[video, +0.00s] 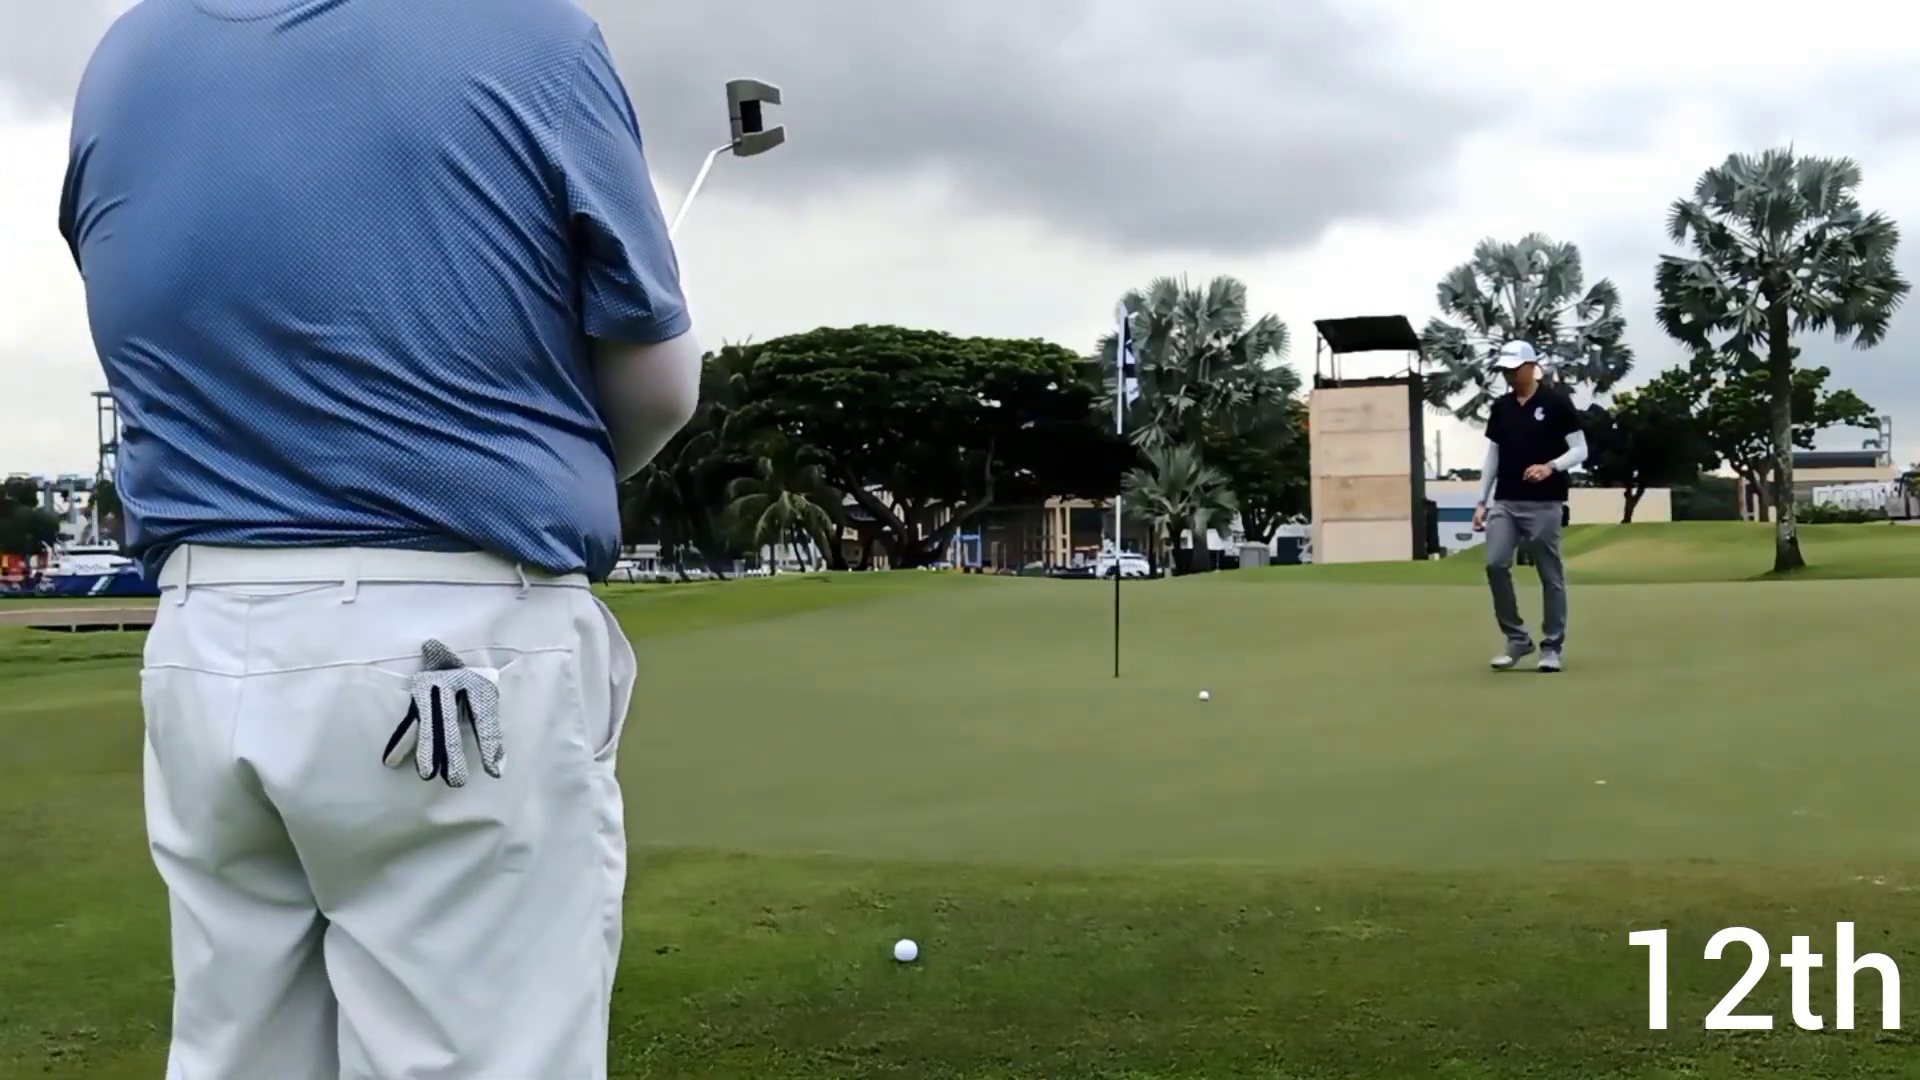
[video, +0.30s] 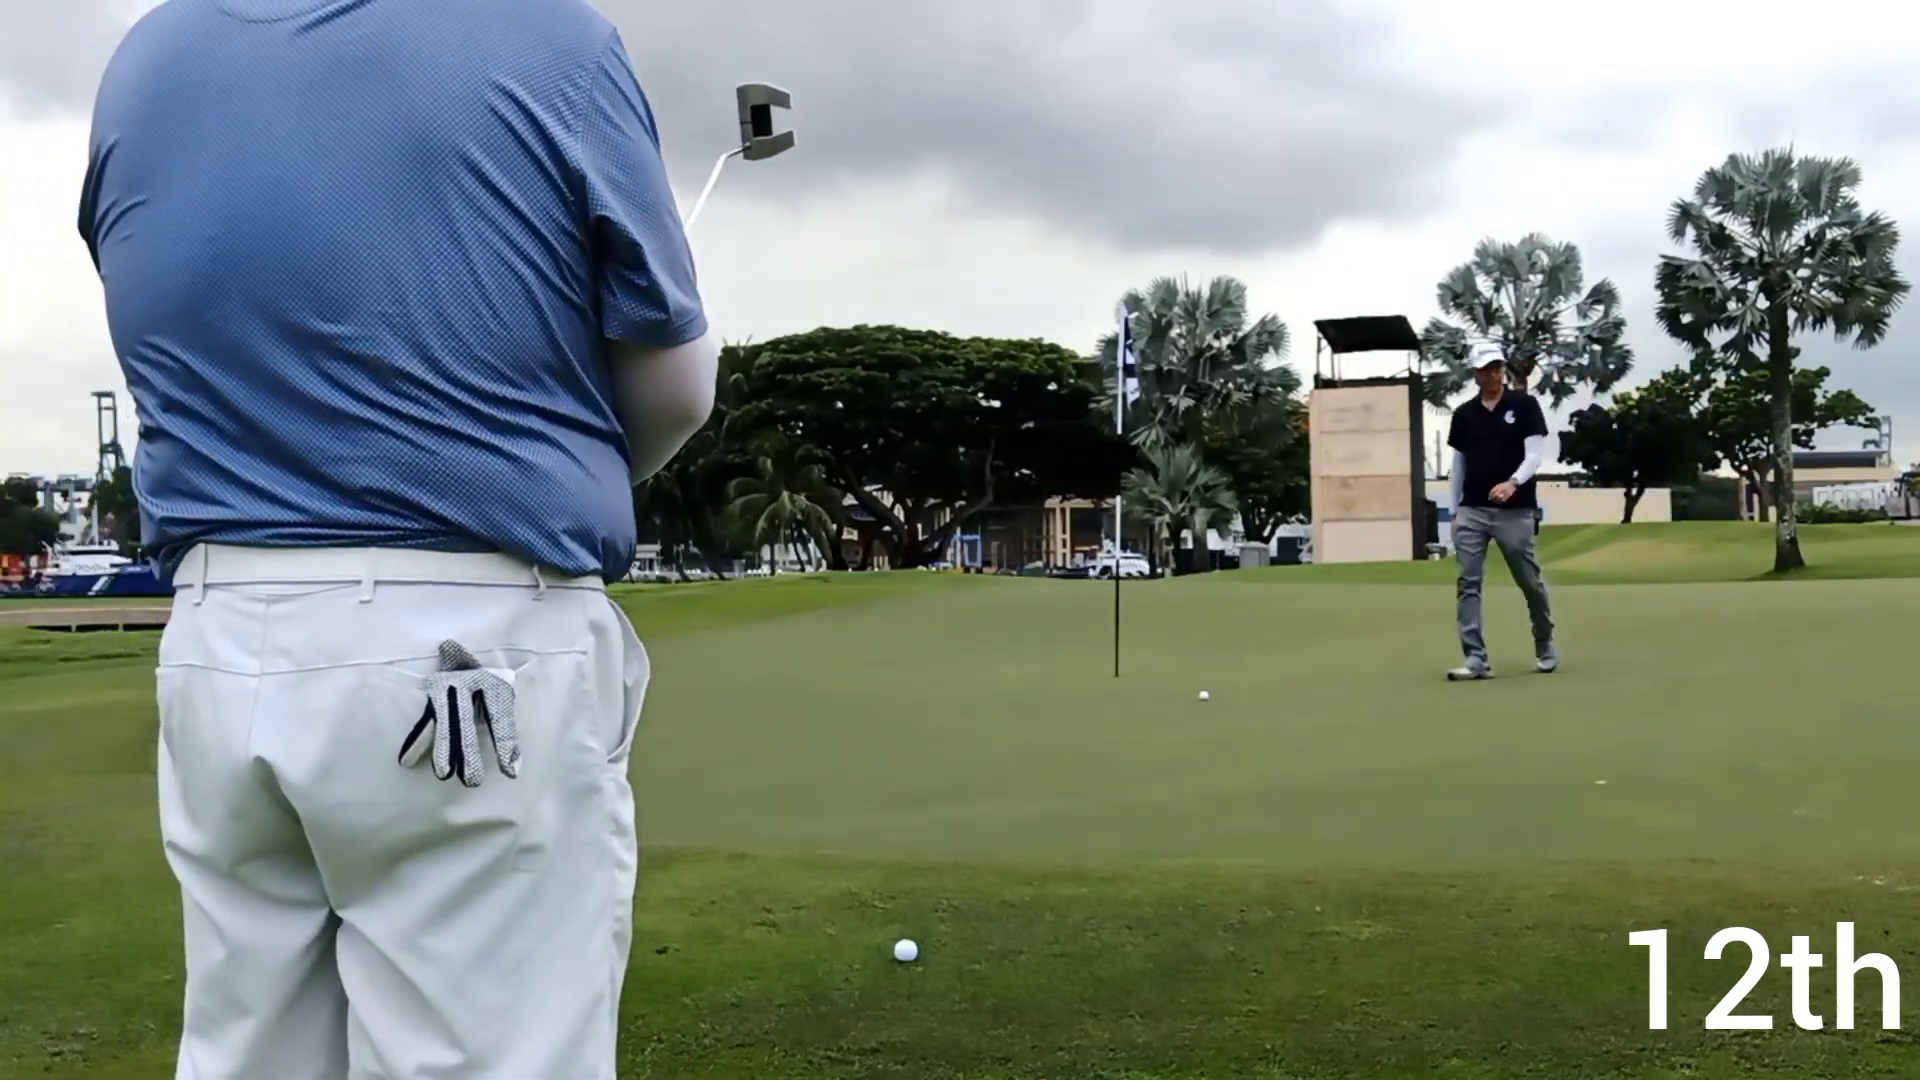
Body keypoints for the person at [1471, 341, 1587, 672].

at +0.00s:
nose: (1508, 376)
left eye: (1514, 369)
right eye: (1505, 370)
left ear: (1532, 367)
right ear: (1504, 371)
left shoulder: (1556, 402)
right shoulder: (1501, 407)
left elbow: (1580, 450)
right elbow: (1492, 455)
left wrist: (1551, 466)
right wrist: (1482, 500)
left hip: (1544, 507)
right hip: (1504, 505)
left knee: (1551, 577)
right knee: (1495, 565)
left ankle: (1552, 647)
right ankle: (1516, 640)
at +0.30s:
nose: (1491, 375)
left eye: (1496, 368)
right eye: (1485, 370)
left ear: (1504, 369)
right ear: (1475, 374)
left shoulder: (1524, 405)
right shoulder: (1463, 414)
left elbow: (1535, 451)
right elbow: (1458, 465)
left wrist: (1513, 482)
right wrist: (1455, 509)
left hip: (1514, 512)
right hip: (1472, 512)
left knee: (1531, 583)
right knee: (1468, 582)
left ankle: (1544, 645)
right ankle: (1475, 658)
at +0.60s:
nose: (1461, 369)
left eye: (1465, 362)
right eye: (1454, 364)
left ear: (1477, 363)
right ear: (1445, 368)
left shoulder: (1502, 402)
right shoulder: (1435, 409)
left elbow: (1527, 450)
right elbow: (1421, 457)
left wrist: (1551, 497)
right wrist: (1409, 500)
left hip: (1492, 504)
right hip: (1451, 508)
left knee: (1493, 567)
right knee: (1460, 586)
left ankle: (1501, 654)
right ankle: (1474, 658)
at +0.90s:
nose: (1435, 374)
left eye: (1441, 366)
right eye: (1430, 368)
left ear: (1458, 364)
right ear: (1425, 370)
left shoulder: (1487, 406)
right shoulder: (1420, 414)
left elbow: (1513, 458)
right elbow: (1409, 466)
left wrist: (1539, 504)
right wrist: (1390, 513)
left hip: (1477, 511)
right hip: (1436, 517)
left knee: (1476, 578)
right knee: (1434, 593)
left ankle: (1486, 665)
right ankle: (1463, 640)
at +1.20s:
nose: (1385, 373)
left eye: (1390, 366)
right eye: (1382, 368)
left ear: (1412, 359)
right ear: (1386, 368)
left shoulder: (1445, 393)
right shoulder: (1392, 405)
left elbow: (1456, 445)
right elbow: (1399, 456)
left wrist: (1436, 478)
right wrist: (1396, 502)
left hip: (1445, 516)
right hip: (1402, 516)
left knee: (1468, 590)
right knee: (1382, 579)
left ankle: (1483, 669)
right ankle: (1385, 670)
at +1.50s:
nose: (1314, 397)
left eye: (1314, 389)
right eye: (1310, 392)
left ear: (1333, 376)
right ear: (1324, 385)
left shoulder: (1371, 398)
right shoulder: (1336, 420)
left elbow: (1386, 449)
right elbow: (1359, 466)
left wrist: (1354, 481)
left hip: (1395, 517)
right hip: (1363, 520)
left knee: (1403, 591)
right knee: (1344, 589)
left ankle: (1460, 644)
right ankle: (1343, 677)